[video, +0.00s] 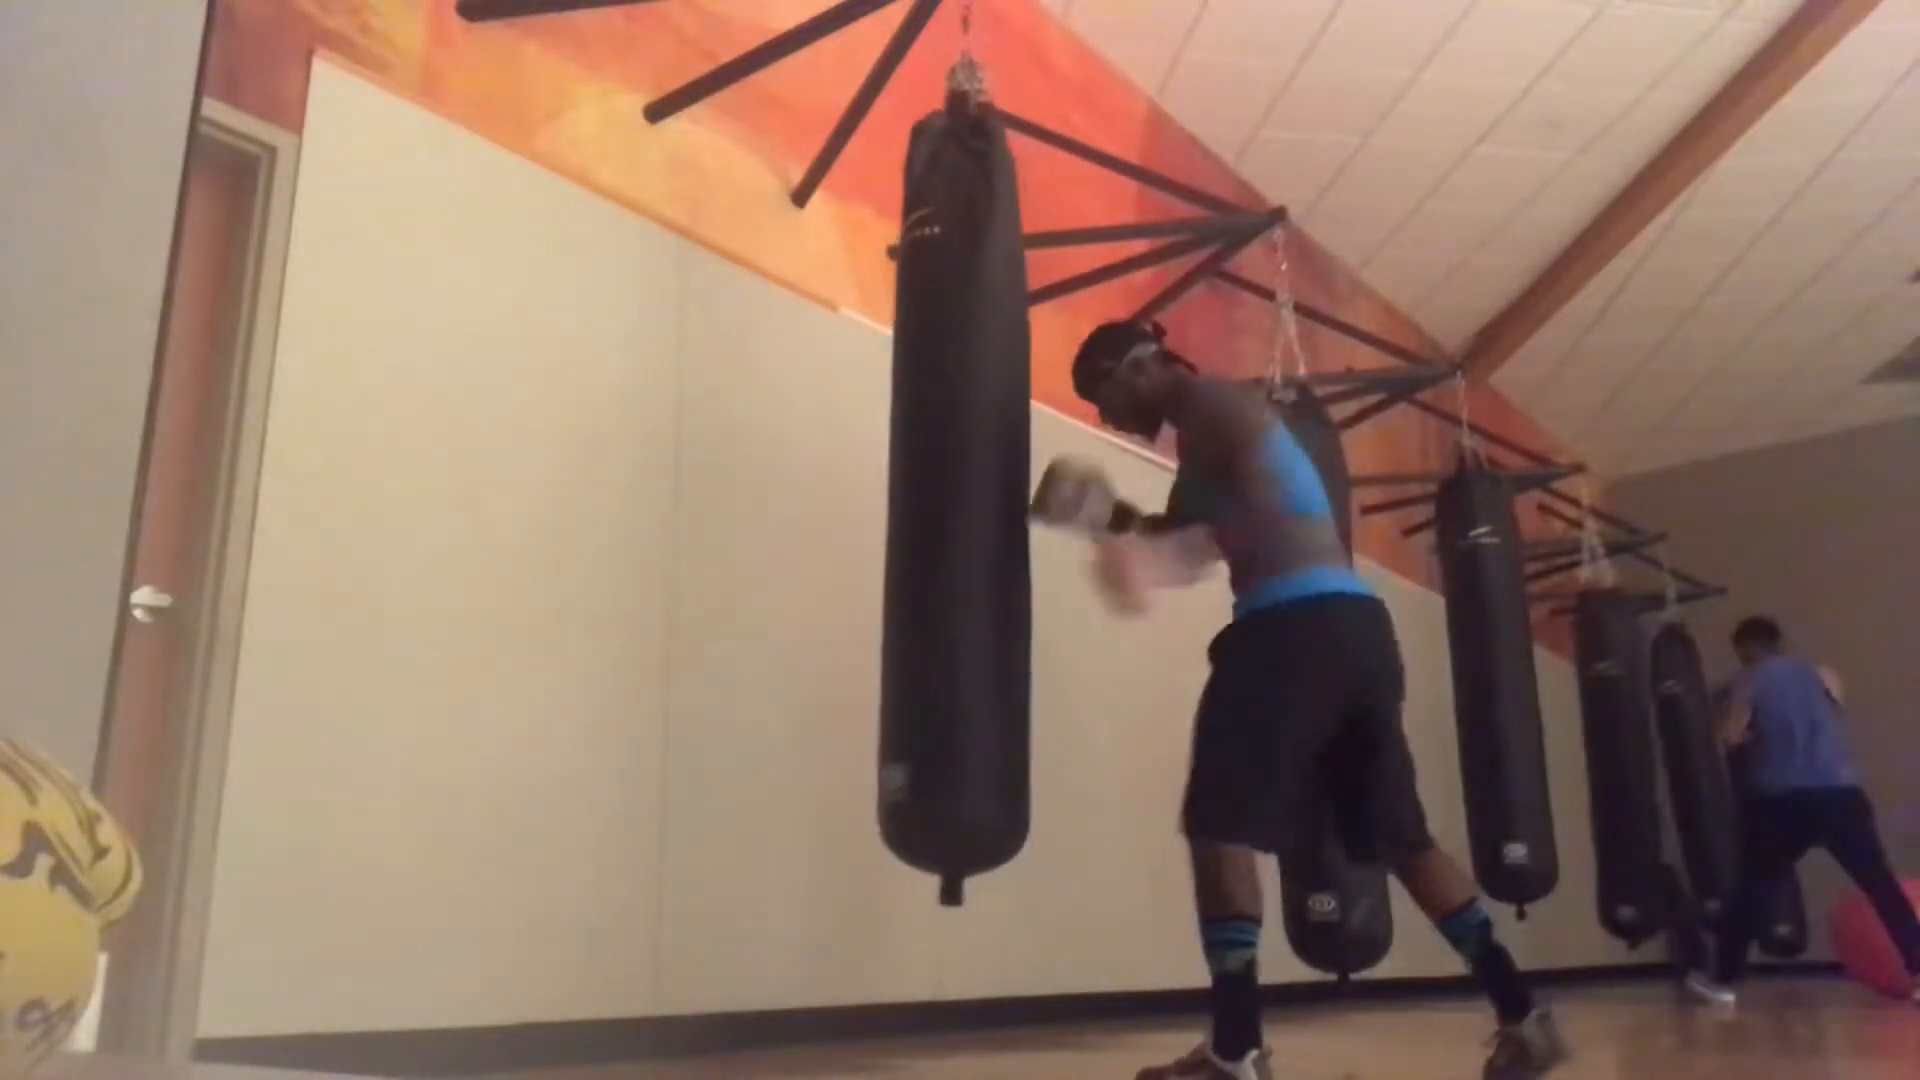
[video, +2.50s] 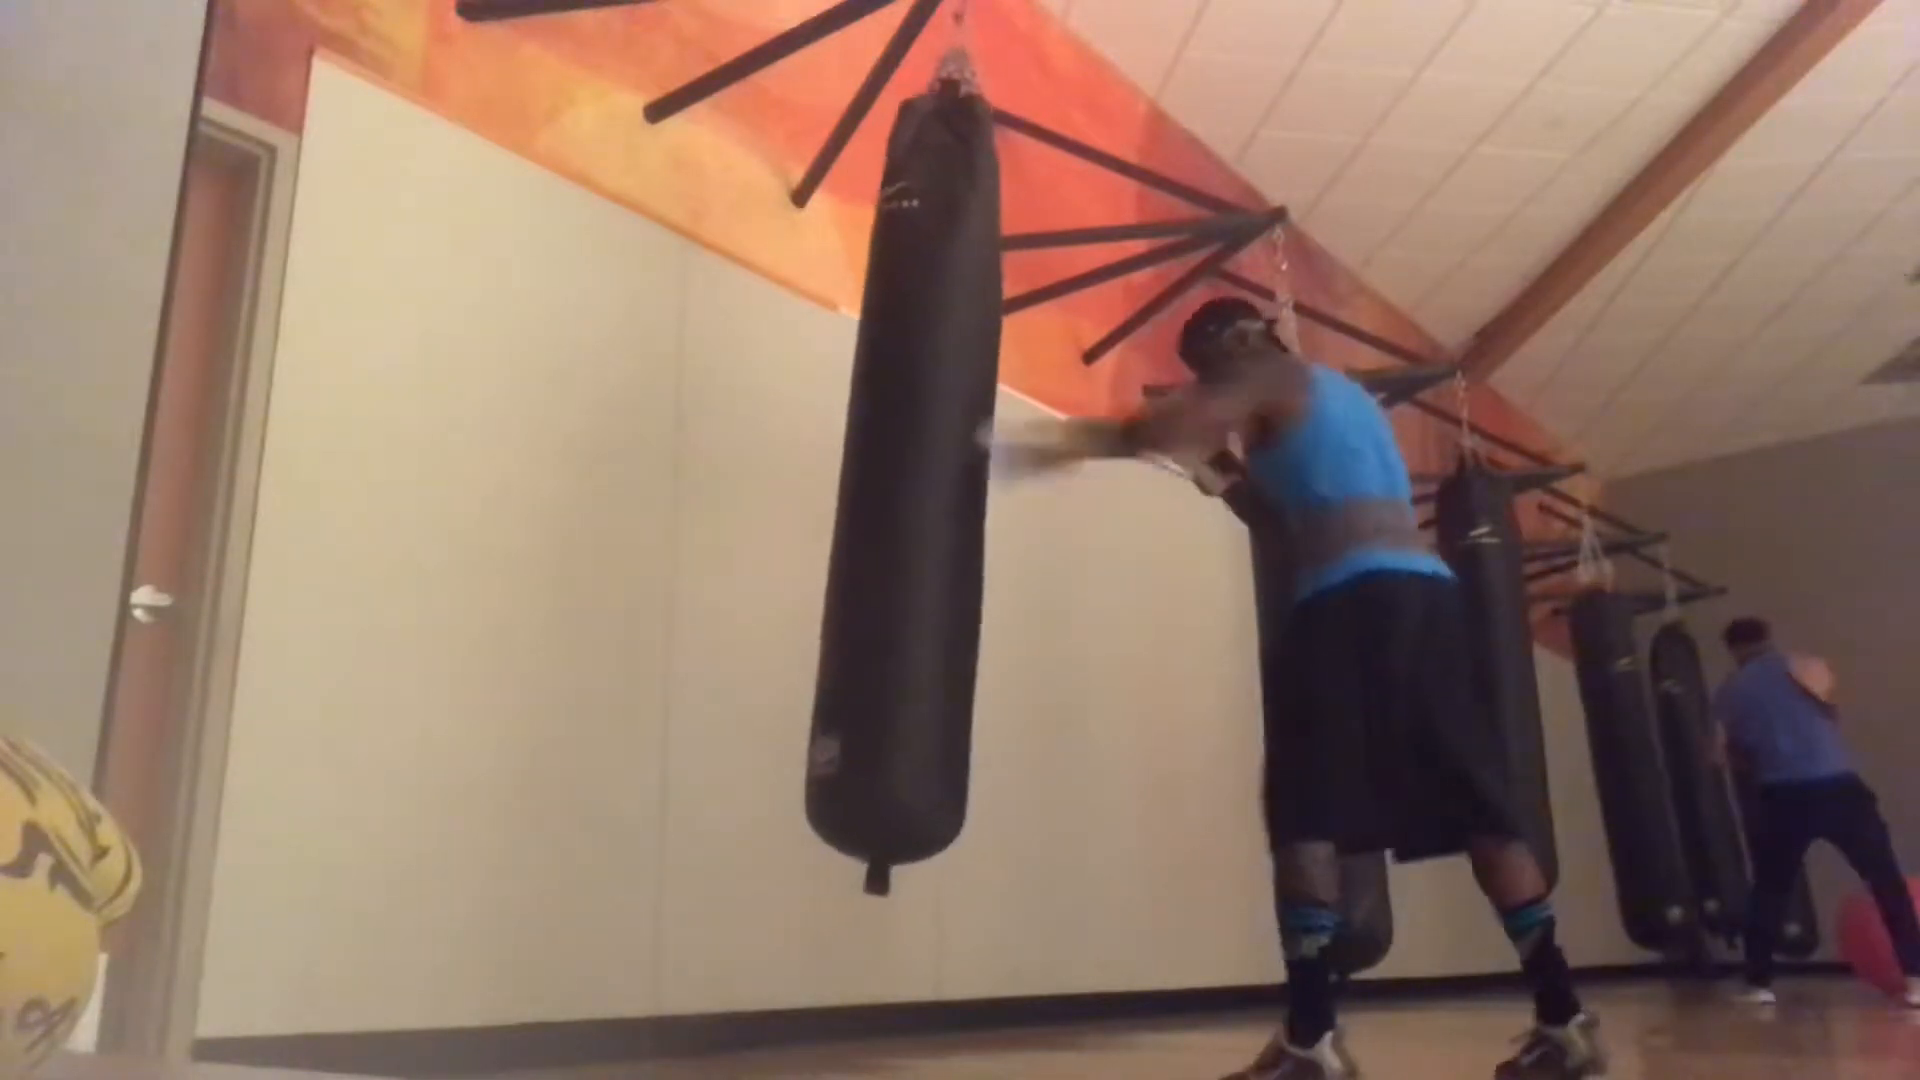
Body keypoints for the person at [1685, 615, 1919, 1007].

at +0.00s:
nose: (1740, 658)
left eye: (1740, 652)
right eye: (1741, 652)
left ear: (1745, 650)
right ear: (1779, 642)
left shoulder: (1748, 682)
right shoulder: (1817, 672)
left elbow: (1730, 735)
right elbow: (1836, 703)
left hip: (1782, 801)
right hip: (1840, 796)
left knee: (1752, 887)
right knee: (1880, 882)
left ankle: (1724, 980)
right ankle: (1918, 968)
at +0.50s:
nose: (1724, 669)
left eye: (1722, 664)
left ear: (1722, 664)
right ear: (1756, 657)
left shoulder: (1727, 698)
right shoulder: (1788, 683)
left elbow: (1709, 752)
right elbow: (1813, 714)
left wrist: (1718, 711)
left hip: (1764, 810)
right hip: (1819, 804)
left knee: (1726, 891)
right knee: (1862, 886)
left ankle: (1718, 980)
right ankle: (1906, 963)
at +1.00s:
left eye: (1721, 650)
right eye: (1734, 645)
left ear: (1715, 652)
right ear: (1749, 643)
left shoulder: (1714, 690)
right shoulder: (1776, 668)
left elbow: (1671, 723)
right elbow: (1807, 695)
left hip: (1762, 794)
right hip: (1815, 785)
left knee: (1735, 878)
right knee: (1863, 873)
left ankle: (1712, 968)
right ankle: (1906, 960)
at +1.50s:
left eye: (1727, 649)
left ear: (1720, 651)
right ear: (1755, 645)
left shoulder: (1712, 686)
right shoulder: (1781, 672)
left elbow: (1667, 701)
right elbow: (1806, 695)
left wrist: (1634, 702)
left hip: (1763, 792)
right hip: (1817, 783)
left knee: (1738, 878)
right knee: (1863, 867)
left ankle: (1715, 970)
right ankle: (1894, 955)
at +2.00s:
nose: (1761, 650)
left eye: (1756, 644)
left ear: (1754, 645)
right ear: (1793, 636)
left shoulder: (1745, 685)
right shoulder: (1827, 667)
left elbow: (1743, 748)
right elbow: (1847, 704)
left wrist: (1775, 758)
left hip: (1788, 796)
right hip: (1849, 789)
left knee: (1771, 889)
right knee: (1880, 882)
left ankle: (1760, 983)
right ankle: (1904, 978)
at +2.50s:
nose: (1739, 656)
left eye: (1737, 650)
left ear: (1733, 651)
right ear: (1769, 639)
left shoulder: (1729, 692)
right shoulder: (1804, 666)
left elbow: (1721, 756)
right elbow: (1830, 706)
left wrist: (1758, 763)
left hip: (1782, 798)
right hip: (1839, 790)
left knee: (1769, 887)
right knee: (1886, 880)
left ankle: (1759, 982)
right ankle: (1914, 974)